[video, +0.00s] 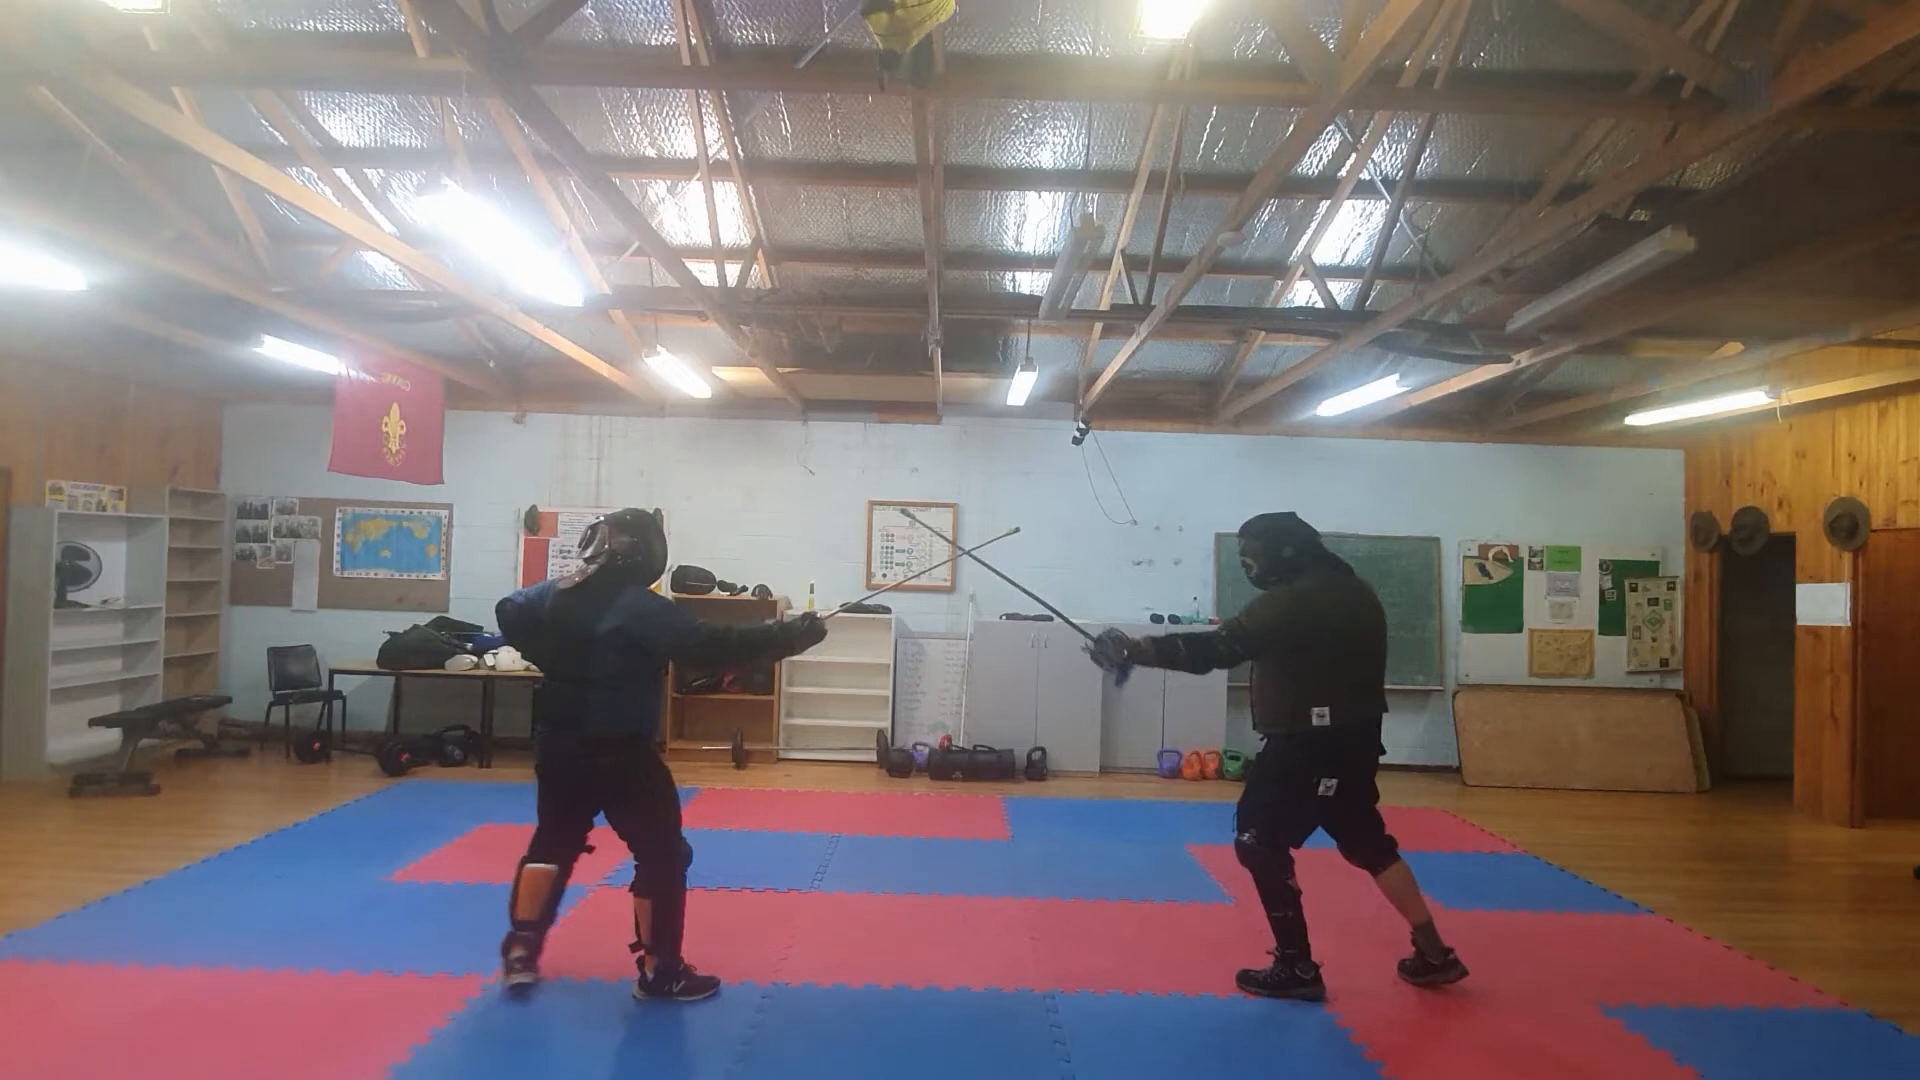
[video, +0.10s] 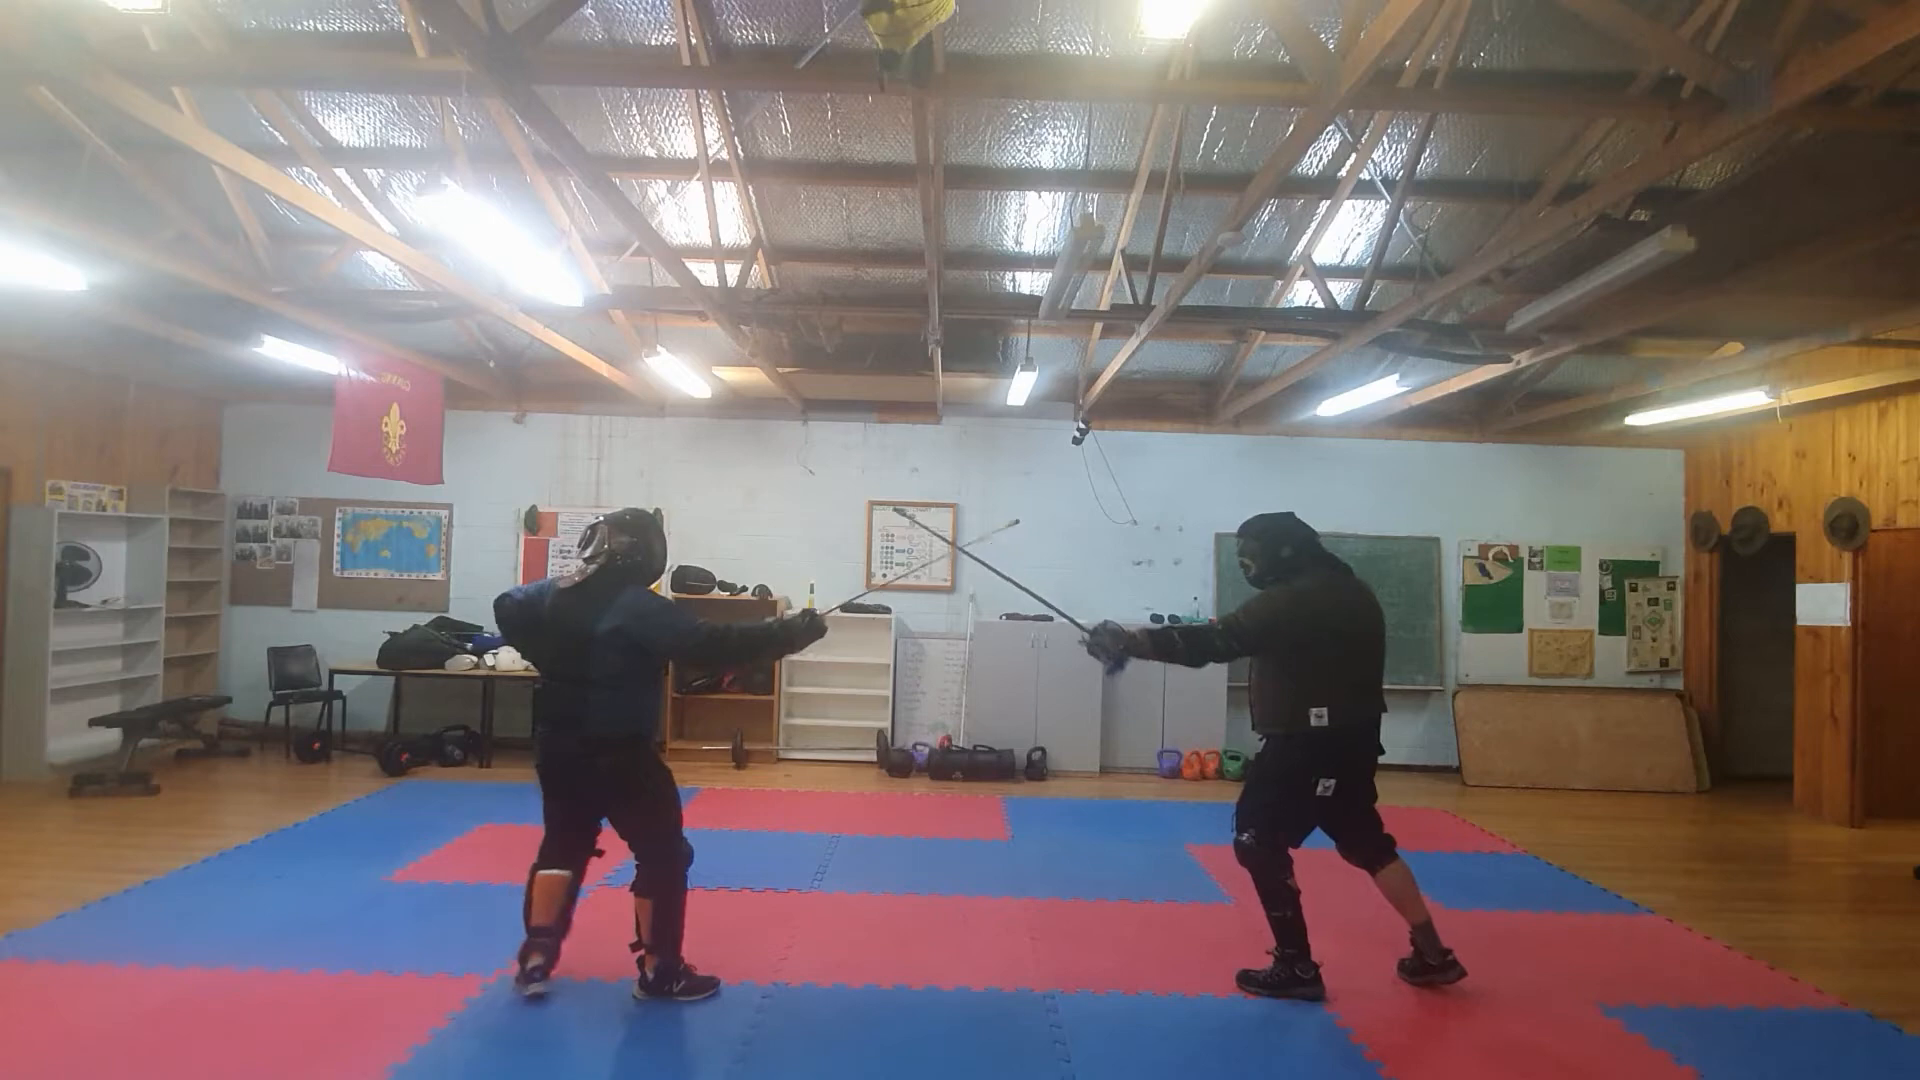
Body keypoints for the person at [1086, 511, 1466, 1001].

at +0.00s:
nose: (1248, 570)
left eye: (1252, 559)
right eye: (1245, 561)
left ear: (1282, 552)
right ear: (1300, 549)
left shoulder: (1288, 601)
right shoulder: (1354, 590)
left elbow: (1219, 647)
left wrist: (1135, 649)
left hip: (1300, 745)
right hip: (1355, 742)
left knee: (1258, 840)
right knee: (1366, 840)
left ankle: (1296, 965)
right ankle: (1434, 951)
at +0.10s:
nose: (1245, 569)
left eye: (1250, 558)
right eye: (1242, 559)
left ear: (1281, 550)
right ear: (1298, 549)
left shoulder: (1290, 599)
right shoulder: (1351, 590)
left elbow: (1217, 639)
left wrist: (1129, 640)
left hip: (1300, 745)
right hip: (1353, 741)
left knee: (1257, 840)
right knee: (1366, 840)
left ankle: (1295, 965)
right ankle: (1433, 951)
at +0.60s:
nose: (1274, 578)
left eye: (1278, 567)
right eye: (1272, 568)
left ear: (1305, 563)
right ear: (1328, 556)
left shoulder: (1309, 608)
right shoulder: (1383, 606)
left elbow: (1239, 654)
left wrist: (1155, 644)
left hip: (1306, 757)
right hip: (1367, 760)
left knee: (1234, 826)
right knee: (1396, 865)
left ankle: (1266, 951)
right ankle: (1446, 981)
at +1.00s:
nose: (1206, 588)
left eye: (1208, 576)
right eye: (1205, 577)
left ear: (1231, 569)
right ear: (1264, 558)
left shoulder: (1235, 610)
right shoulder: (1326, 589)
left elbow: (1165, 657)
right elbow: (1351, 645)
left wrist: (1086, 675)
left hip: (1290, 752)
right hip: (1354, 743)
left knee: (1230, 840)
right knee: (1390, 846)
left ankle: (1217, 960)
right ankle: (1456, 947)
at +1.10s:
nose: (1212, 586)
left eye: (1213, 575)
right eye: (1209, 576)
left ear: (1233, 566)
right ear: (1267, 556)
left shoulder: (1239, 610)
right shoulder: (1325, 589)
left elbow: (1195, 687)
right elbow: (1355, 641)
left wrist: (1120, 723)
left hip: (1292, 748)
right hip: (1354, 741)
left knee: (1228, 838)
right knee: (1391, 841)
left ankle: (1217, 960)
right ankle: (1469, 939)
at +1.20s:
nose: (1224, 585)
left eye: (1224, 574)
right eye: (1221, 574)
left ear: (1244, 569)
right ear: (1278, 558)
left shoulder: (1259, 614)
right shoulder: (1335, 590)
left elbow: (1241, 702)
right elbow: (1363, 647)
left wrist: (1178, 753)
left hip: (1291, 756)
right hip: (1354, 748)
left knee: (1229, 840)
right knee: (1398, 848)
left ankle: (1218, 960)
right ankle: (1471, 950)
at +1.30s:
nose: (1245, 583)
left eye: (1249, 572)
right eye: (1243, 573)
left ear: (1273, 567)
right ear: (1301, 559)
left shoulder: (1284, 618)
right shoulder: (1359, 600)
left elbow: (1282, 713)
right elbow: (1371, 696)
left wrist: (1232, 773)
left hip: (1304, 765)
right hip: (1365, 763)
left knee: (1237, 844)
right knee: (1407, 862)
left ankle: (1219, 960)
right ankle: (1479, 967)